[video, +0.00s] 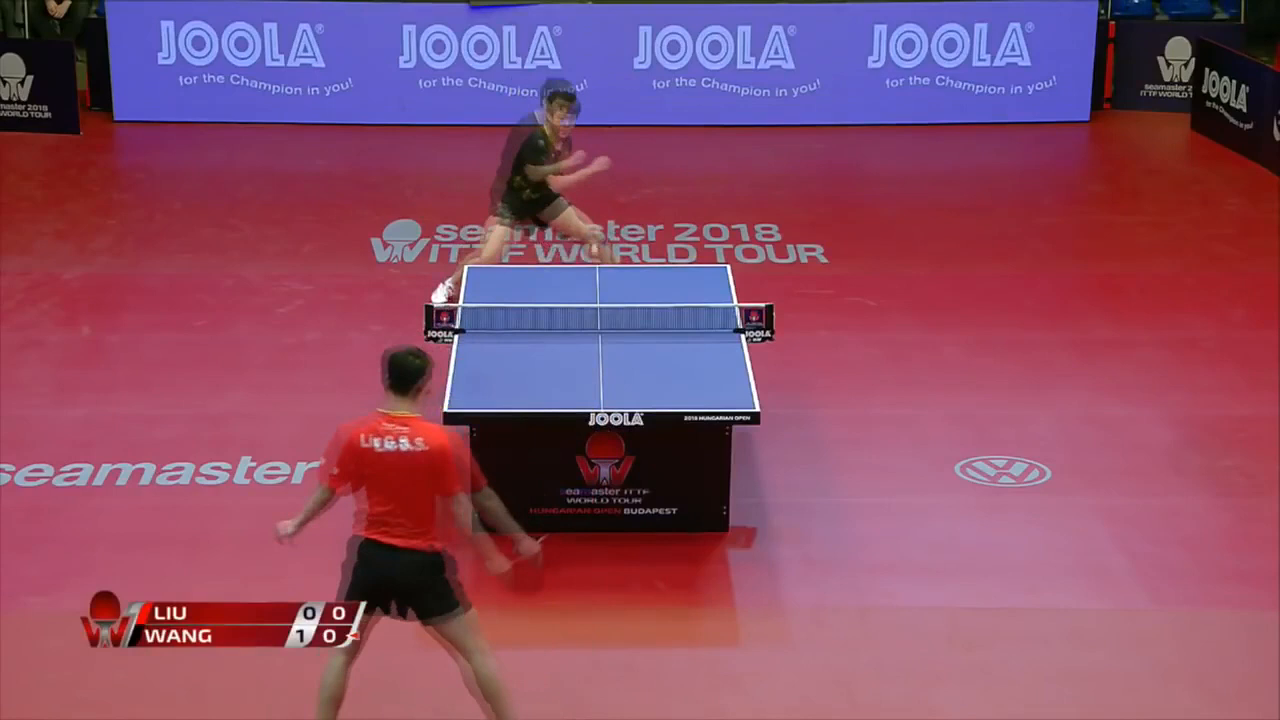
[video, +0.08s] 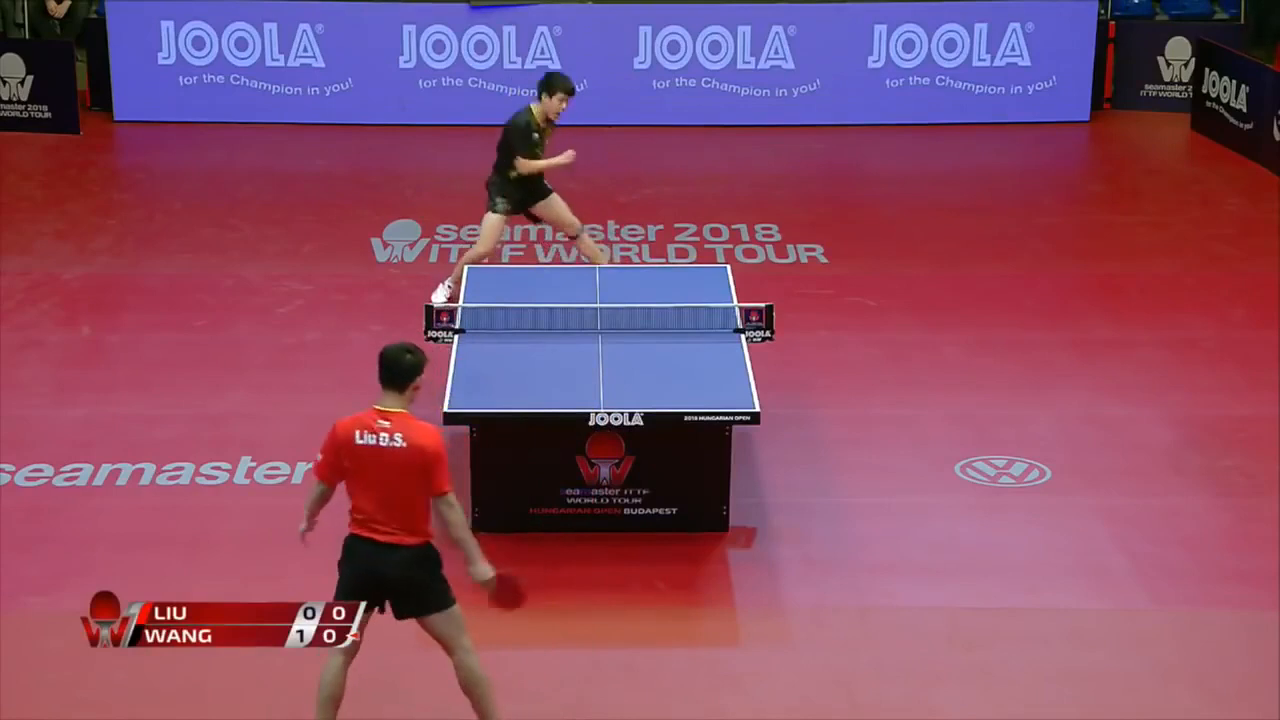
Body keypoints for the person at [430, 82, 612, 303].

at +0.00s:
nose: (564, 116)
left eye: (569, 111)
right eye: (559, 109)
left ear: (573, 113)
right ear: (547, 107)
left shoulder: (564, 139)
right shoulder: (531, 134)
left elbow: (555, 175)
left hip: (541, 195)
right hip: (511, 198)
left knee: (592, 234)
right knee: (490, 255)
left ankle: (616, 289)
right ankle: (450, 287)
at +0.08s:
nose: (563, 107)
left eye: (566, 102)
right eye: (560, 100)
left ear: (566, 101)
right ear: (544, 97)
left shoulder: (548, 121)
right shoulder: (520, 123)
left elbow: (532, 150)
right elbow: (522, 166)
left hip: (532, 185)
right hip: (505, 188)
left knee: (575, 228)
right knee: (484, 249)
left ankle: (610, 273)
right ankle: (450, 284)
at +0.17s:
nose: (563, 99)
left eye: (565, 94)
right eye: (560, 93)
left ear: (548, 90)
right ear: (544, 89)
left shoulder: (541, 114)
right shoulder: (515, 114)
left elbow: (528, 148)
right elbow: (511, 157)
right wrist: (547, 156)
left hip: (526, 176)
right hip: (499, 179)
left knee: (567, 217)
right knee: (483, 241)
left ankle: (581, 269)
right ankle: (449, 283)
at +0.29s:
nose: (562, 89)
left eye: (564, 83)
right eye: (561, 83)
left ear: (546, 80)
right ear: (545, 80)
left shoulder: (538, 103)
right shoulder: (516, 106)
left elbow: (525, 137)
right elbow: (513, 148)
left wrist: (526, 159)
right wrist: (549, 148)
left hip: (522, 170)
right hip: (498, 173)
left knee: (557, 210)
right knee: (481, 234)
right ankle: (449, 281)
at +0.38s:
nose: (565, 84)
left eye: (566, 78)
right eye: (564, 78)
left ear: (549, 74)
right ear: (550, 75)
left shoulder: (539, 97)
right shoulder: (523, 101)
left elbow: (525, 135)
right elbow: (522, 144)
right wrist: (555, 143)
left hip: (525, 169)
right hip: (503, 171)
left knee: (548, 212)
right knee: (485, 229)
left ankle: (513, 260)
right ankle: (449, 279)